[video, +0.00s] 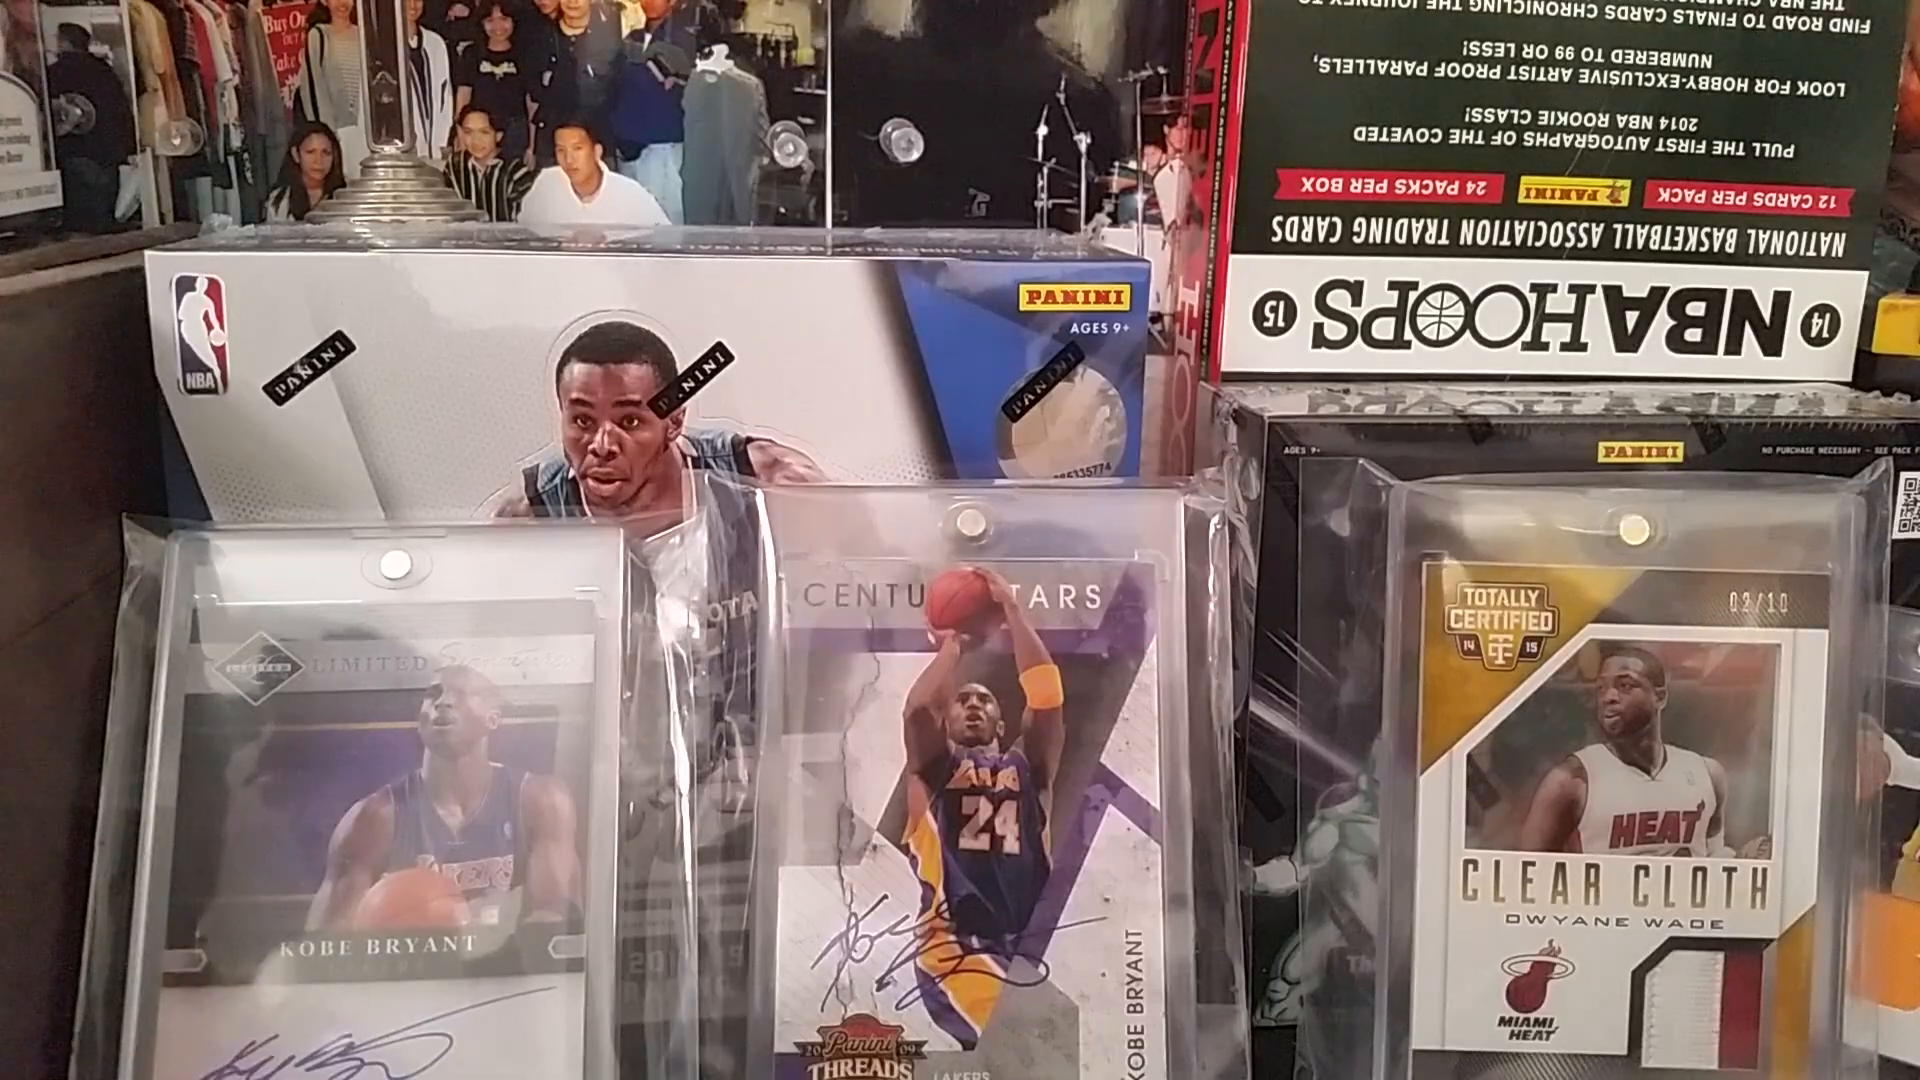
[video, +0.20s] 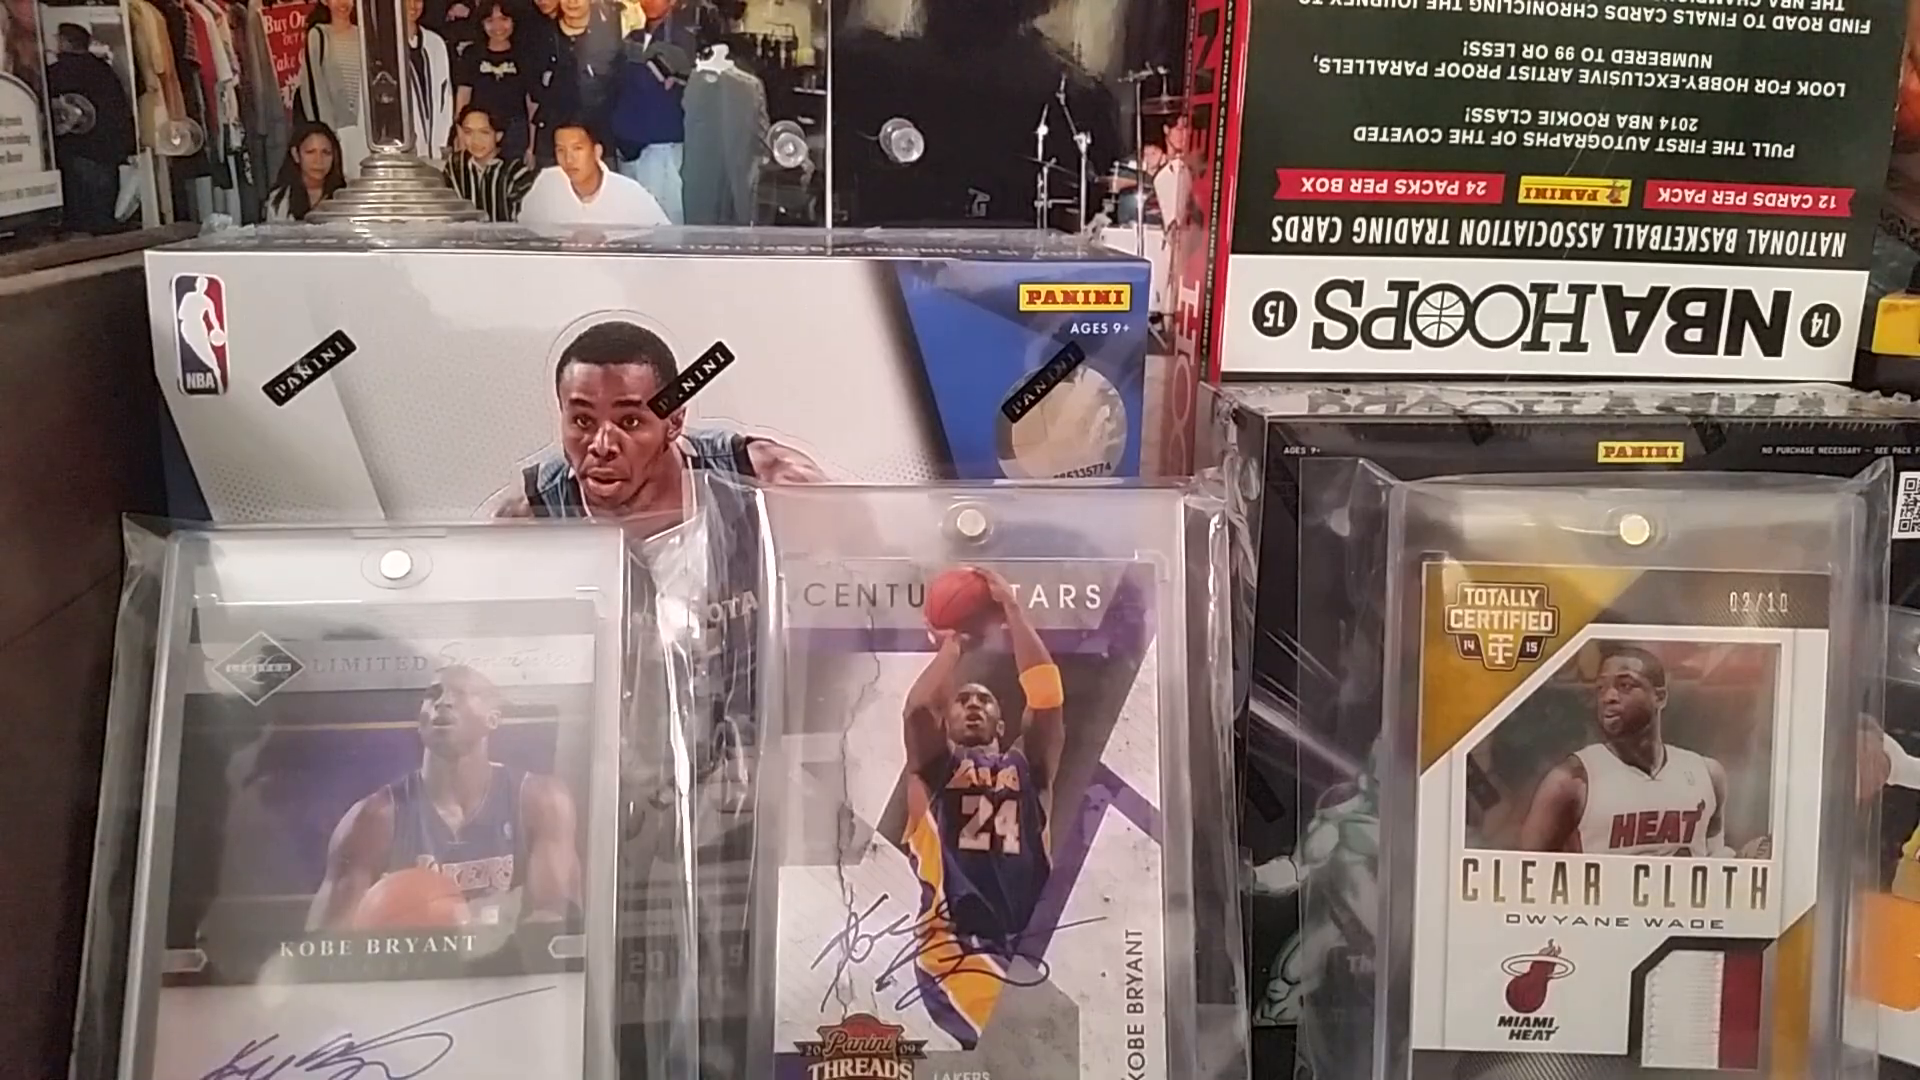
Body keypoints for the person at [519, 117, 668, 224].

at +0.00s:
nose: (569, 161)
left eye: (578, 149)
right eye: (561, 151)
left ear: (597, 152)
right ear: (555, 155)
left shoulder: (629, 192)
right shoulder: (547, 183)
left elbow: (668, 240)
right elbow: (521, 233)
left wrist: (609, 244)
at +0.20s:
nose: (569, 160)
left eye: (578, 149)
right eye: (561, 151)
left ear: (597, 152)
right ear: (555, 154)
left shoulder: (629, 192)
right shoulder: (547, 183)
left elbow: (668, 240)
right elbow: (521, 232)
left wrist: (608, 244)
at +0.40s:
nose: (569, 160)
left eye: (578, 149)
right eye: (561, 151)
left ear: (597, 152)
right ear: (555, 155)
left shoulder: (629, 192)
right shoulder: (547, 182)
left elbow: (668, 240)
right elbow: (521, 232)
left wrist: (609, 245)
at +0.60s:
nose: (569, 160)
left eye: (578, 149)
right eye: (561, 151)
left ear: (597, 152)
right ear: (555, 155)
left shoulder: (629, 192)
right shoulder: (547, 183)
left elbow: (668, 240)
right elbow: (521, 233)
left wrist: (609, 244)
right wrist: (565, 244)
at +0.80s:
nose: (570, 160)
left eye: (578, 149)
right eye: (562, 151)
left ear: (598, 152)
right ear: (556, 155)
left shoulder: (631, 192)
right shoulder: (548, 183)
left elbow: (669, 240)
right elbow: (522, 233)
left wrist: (609, 243)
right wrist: (566, 244)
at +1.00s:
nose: (579, 160)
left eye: (588, 149)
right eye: (571, 151)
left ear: (607, 151)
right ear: (565, 154)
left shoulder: (640, 192)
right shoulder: (557, 182)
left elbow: (678, 240)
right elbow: (532, 231)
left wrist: (619, 243)